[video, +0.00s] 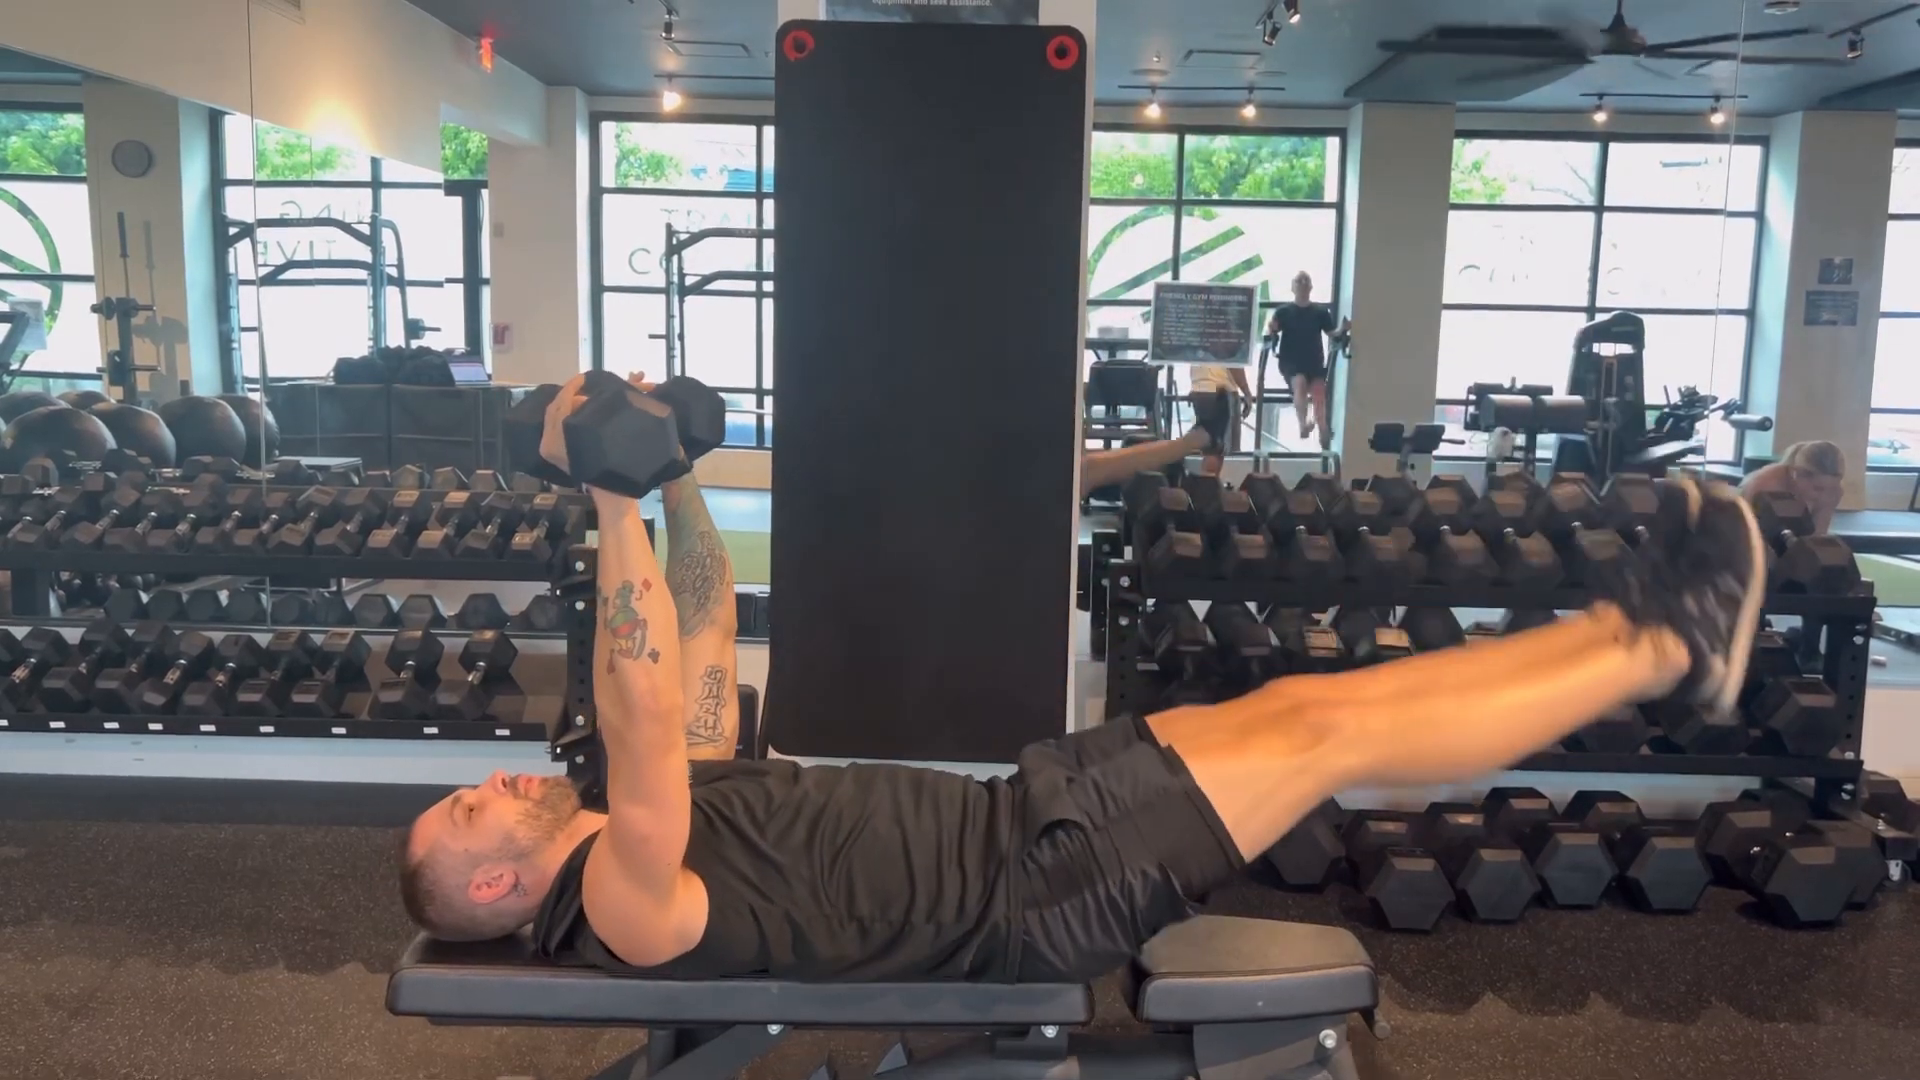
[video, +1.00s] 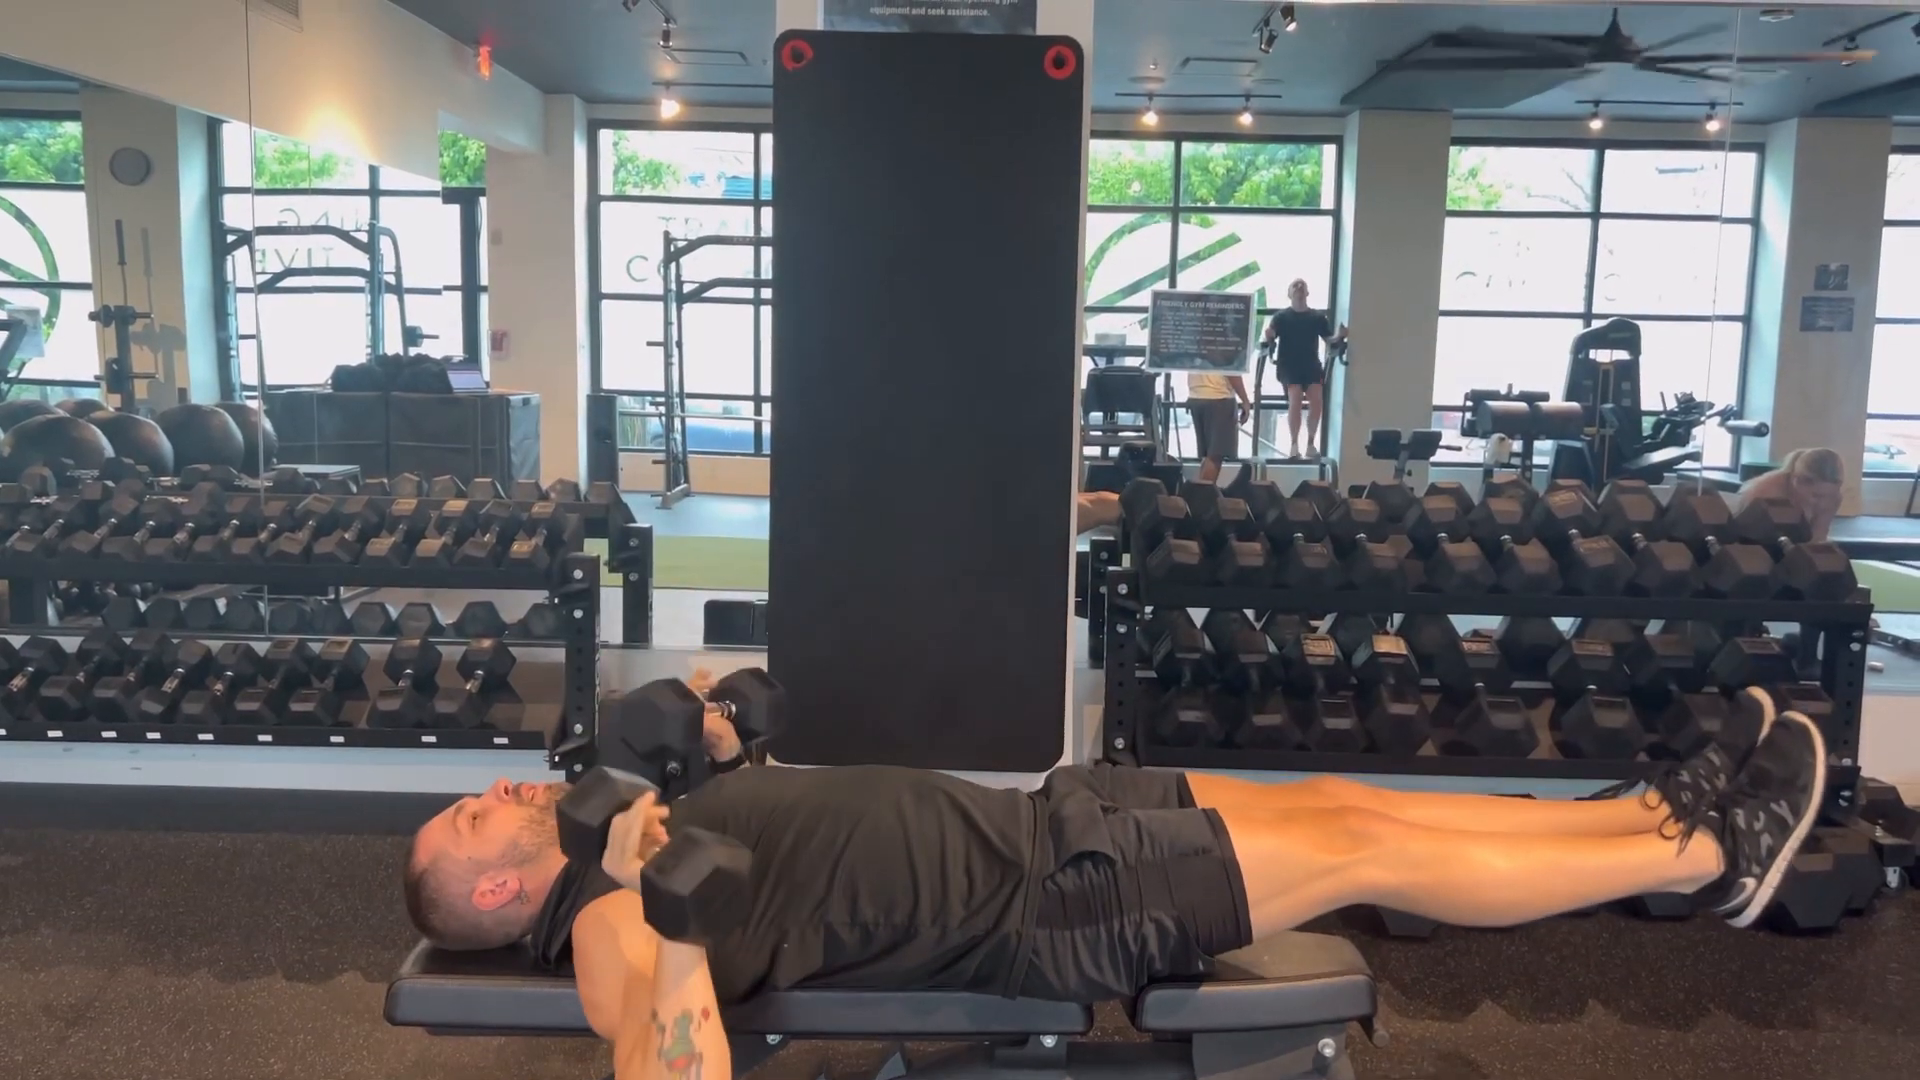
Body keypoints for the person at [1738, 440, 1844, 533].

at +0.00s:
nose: (1823, 496)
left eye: (1830, 489)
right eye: (1818, 489)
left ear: (1837, 482)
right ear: (1795, 474)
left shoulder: (1833, 492)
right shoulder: (1761, 486)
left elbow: (1817, 539)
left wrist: (1827, 509)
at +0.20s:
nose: (1823, 496)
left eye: (1829, 489)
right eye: (1817, 489)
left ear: (1837, 482)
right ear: (1794, 474)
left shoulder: (1833, 490)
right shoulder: (1765, 485)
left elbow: (1816, 541)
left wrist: (1826, 509)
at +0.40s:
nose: (1822, 496)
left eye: (1828, 489)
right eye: (1817, 490)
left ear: (1836, 483)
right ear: (1794, 474)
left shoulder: (1833, 490)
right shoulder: (1764, 485)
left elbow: (1816, 540)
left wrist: (1826, 509)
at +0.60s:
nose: (1822, 498)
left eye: (1829, 491)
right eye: (1817, 491)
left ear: (1837, 484)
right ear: (1795, 476)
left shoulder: (1832, 492)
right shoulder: (1765, 487)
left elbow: (1815, 541)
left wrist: (1825, 510)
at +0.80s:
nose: (1822, 500)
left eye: (1828, 494)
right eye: (1817, 494)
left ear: (1837, 488)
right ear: (1795, 479)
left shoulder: (1833, 495)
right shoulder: (1766, 491)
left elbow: (1814, 546)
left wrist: (1825, 513)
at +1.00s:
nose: (1821, 503)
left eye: (1827, 496)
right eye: (1816, 496)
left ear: (1836, 489)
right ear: (1794, 480)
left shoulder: (1833, 497)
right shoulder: (1763, 494)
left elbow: (1815, 545)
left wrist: (1825, 515)